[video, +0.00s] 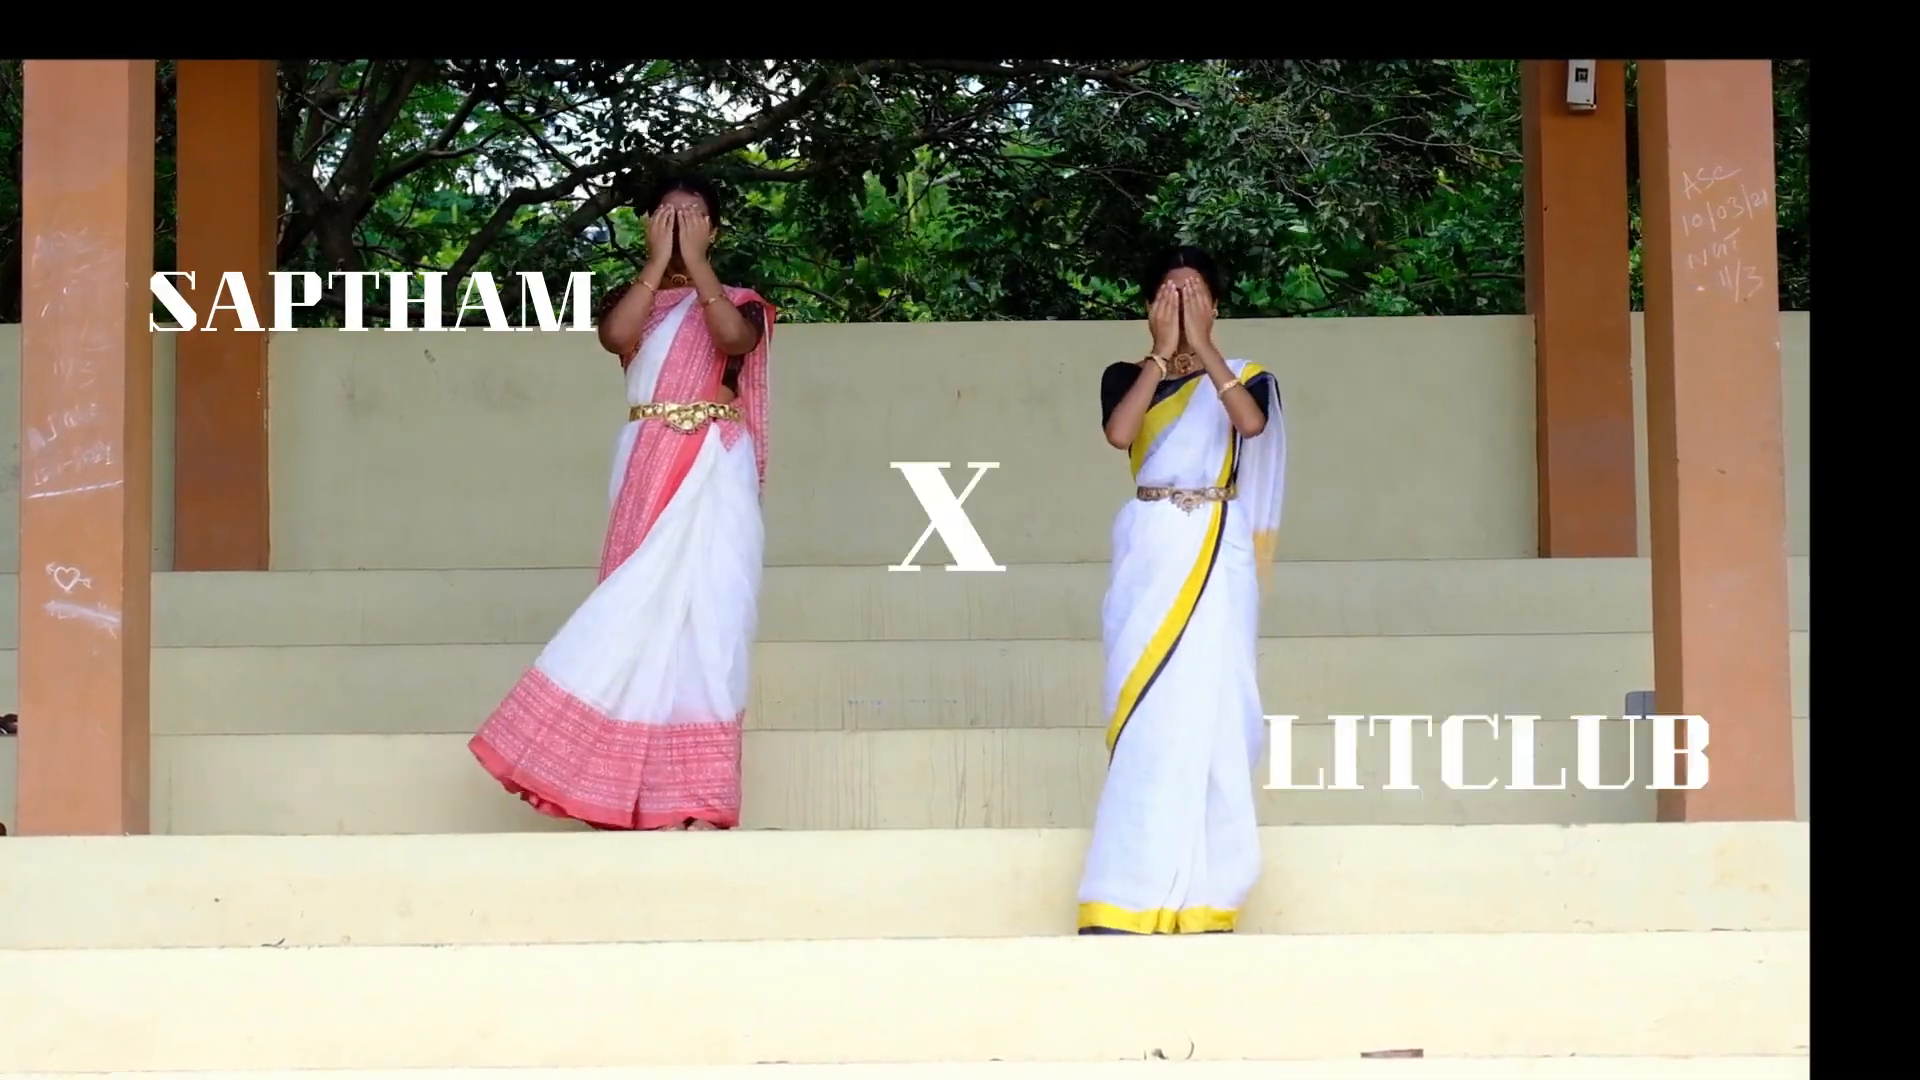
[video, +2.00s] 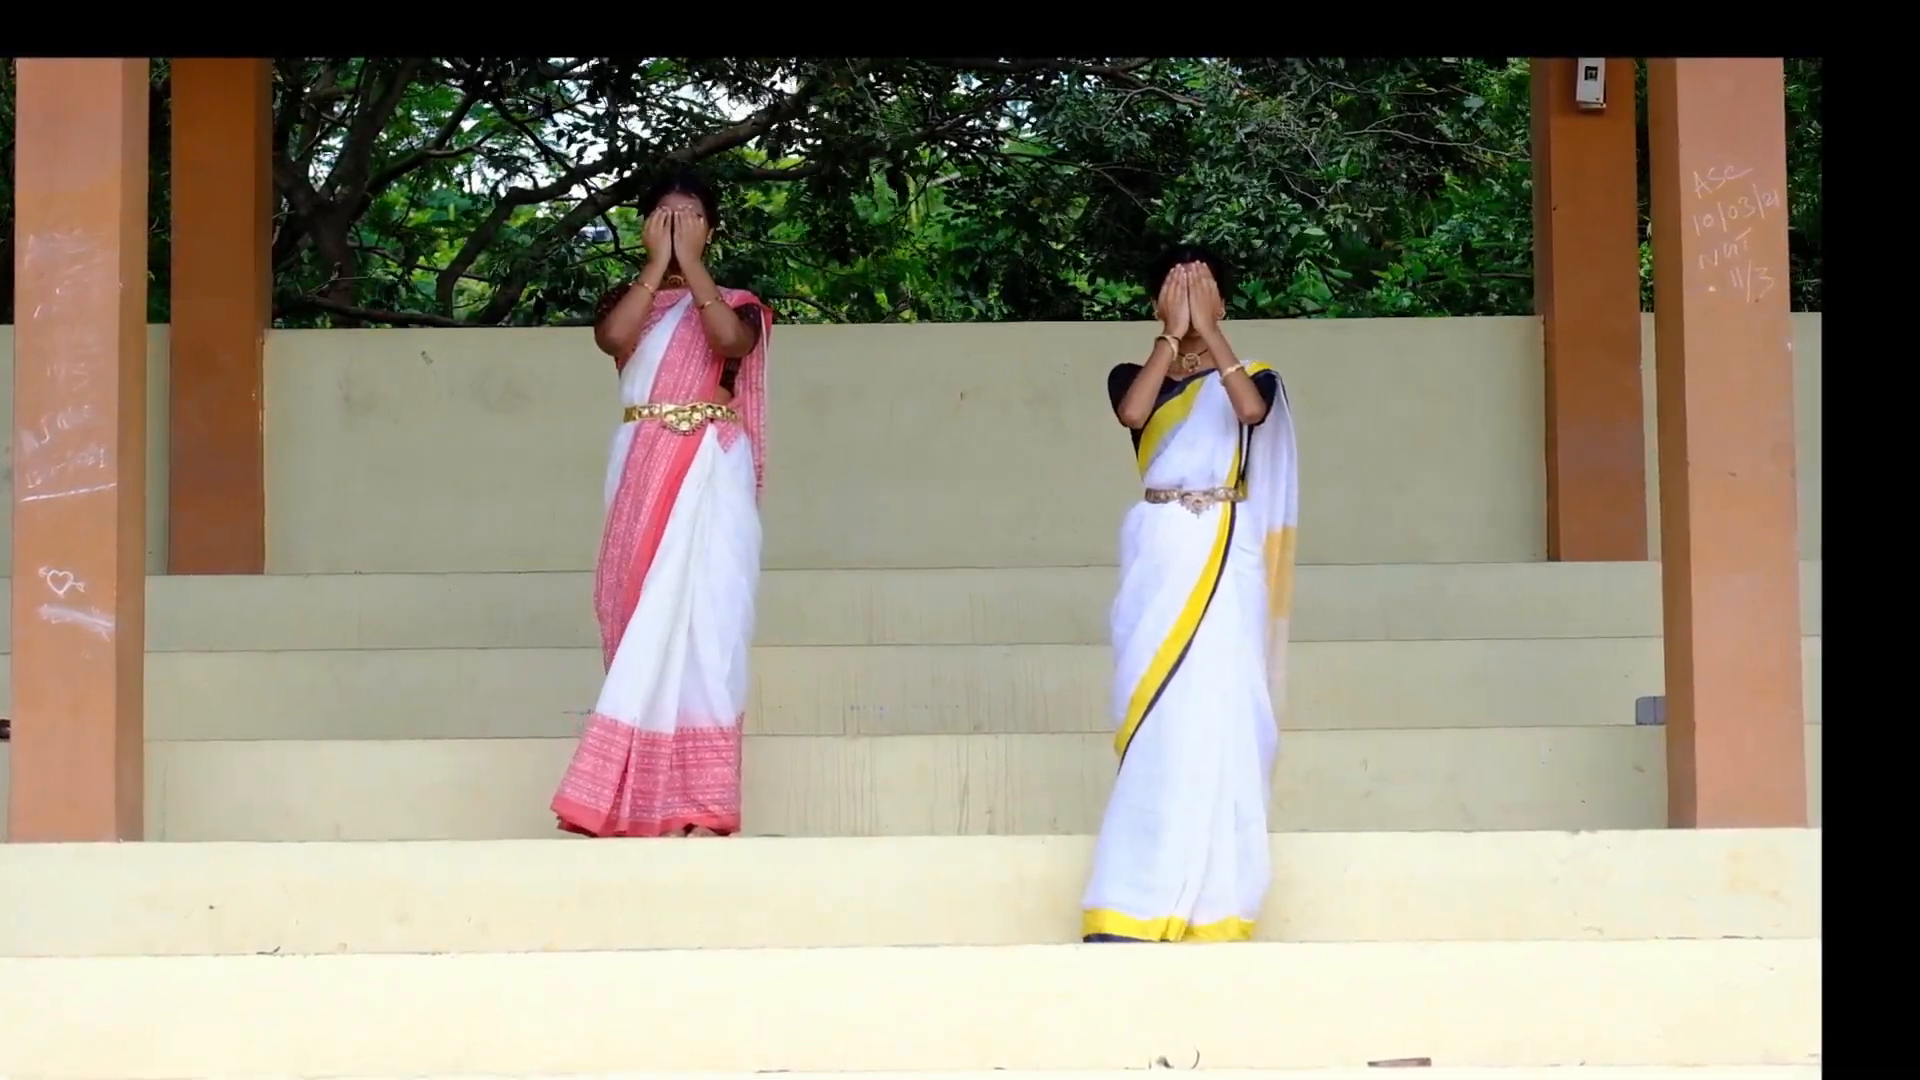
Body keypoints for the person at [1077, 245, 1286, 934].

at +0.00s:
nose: (1182, 305)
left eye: (1195, 293)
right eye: (1169, 293)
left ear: (1216, 303)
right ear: (1152, 305)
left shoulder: (1245, 377)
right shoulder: (1129, 376)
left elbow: (1250, 422)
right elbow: (1120, 433)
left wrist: (1203, 348)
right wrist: (1161, 357)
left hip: (1214, 558)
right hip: (1146, 555)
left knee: (1204, 712)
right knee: (1142, 711)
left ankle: (1202, 890)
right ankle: (1133, 889)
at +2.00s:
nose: (1188, 318)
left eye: (1201, 306)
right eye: (1177, 306)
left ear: (1223, 310)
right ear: (1159, 312)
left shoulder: (1254, 378)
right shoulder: (1138, 379)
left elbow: (1248, 408)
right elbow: (1131, 409)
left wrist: (1211, 328)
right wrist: (1170, 335)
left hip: (1223, 564)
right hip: (1154, 561)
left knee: (1214, 718)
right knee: (1151, 717)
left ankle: (1211, 900)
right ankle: (1140, 899)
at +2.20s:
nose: (1191, 307)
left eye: (1204, 293)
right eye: (1179, 293)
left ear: (1226, 305)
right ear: (1160, 305)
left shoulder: (1255, 377)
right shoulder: (1141, 375)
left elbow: (1253, 410)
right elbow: (1124, 414)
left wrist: (1214, 329)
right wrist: (1164, 340)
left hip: (1224, 558)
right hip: (1155, 556)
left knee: (1215, 716)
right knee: (1151, 714)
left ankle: (1212, 899)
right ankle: (1143, 898)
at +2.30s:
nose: (1194, 303)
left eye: (1205, 290)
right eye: (1182, 291)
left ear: (1229, 301)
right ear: (1165, 304)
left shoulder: (1253, 376)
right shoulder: (1148, 371)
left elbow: (1260, 409)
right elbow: (1111, 414)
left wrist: (1218, 330)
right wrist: (1150, 337)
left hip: (1223, 554)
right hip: (1156, 552)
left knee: (1216, 714)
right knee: (1152, 711)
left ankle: (1214, 897)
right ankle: (1145, 897)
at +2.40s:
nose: (1204, 303)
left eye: (1215, 290)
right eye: (1193, 292)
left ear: (1237, 303)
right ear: (1173, 306)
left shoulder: (1260, 375)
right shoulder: (1153, 373)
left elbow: (1267, 410)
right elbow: (1102, 412)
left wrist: (1226, 328)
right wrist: (1142, 336)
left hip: (1226, 554)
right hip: (1158, 551)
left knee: (1220, 716)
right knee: (1153, 714)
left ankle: (1216, 899)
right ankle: (1146, 900)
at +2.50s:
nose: (1214, 301)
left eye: (1223, 289)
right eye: (1203, 291)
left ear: (1243, 301)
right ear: (1181, 306)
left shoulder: (1267, 378)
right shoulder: (1156, 374)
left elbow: (1274, 409)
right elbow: (1094, 408)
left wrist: (1236, 329)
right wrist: (1139, 332)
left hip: (1228, 555)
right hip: (1159, 550)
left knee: (1220, 717)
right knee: (1152, 714)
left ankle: (1216, 901)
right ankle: (1143, 902)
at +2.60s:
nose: (1225, 301)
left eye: (1234, 289)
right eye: (1211, 291)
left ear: (1251, 301)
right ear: (1189, 305)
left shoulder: (1271, 377)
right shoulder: (1157, 372)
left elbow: (1280, 409)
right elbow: (1087, 407)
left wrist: (1244, 328)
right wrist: (1132, 331)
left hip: (1231, 556)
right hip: (1161, 549)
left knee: (1221, 716)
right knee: (1153, 714)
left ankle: (1215, 903)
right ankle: (1140, 903)